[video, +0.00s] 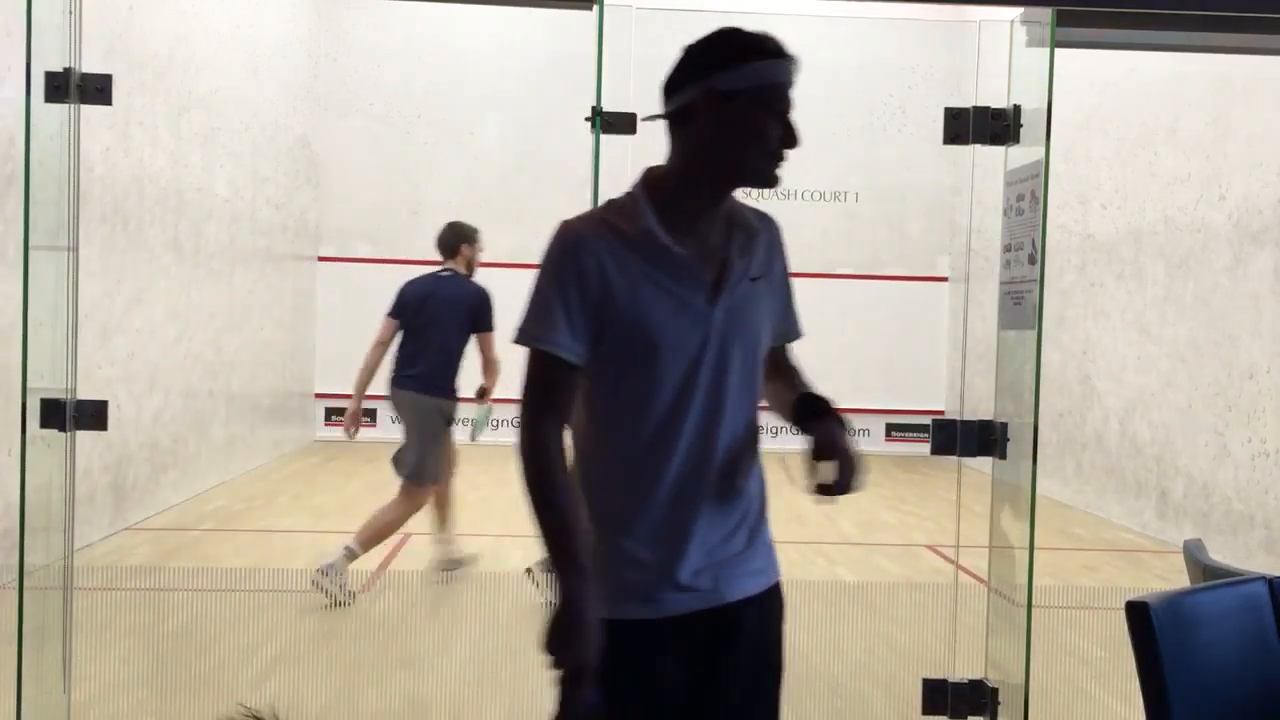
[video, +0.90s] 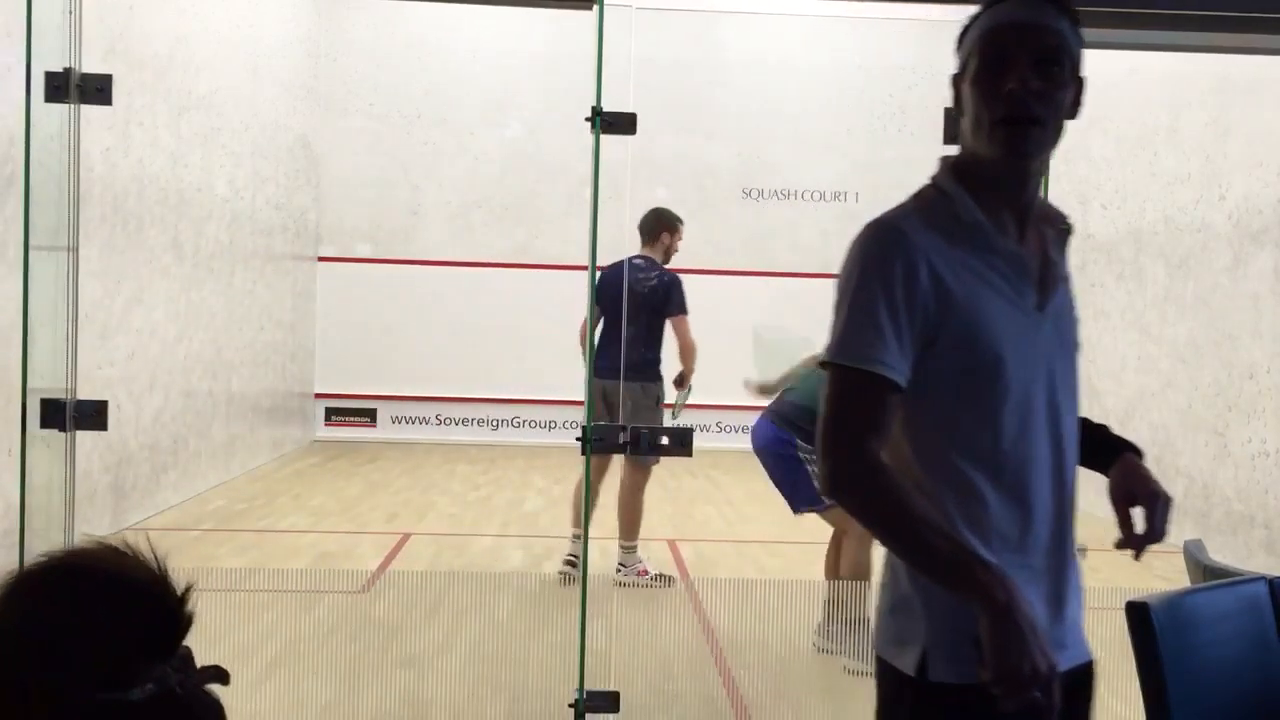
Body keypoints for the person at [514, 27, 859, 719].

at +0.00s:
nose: (793, 135)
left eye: (788, 113)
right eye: (774, 112)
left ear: (717, 118)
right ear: (703, 114)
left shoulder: (758, 239)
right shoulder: (589, 247)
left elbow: (771, 362)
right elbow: (540, 431)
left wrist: (816, 414)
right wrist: (574, 590)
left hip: (743, 589)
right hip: (627, 602)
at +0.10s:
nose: (827, 137)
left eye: (823, 115)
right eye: (811, 114)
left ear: (749, 118)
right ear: (744, 115)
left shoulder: (786, 238)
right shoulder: (628, 246)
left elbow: (827, 355)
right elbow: (585, 427)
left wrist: (898, 414)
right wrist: (643, 579)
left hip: (771, 582)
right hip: (668, 596)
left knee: (778, 712)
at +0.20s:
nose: (860, 142)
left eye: (856, 120)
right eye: (845, 118)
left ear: (783, 119)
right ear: (779, 116)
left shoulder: (808, 237)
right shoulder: (662, 246)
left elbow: (877, 336)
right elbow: (626, 438)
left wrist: (949, 382)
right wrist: (711, 585)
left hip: (796, 578)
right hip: (703, 594)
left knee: (808, 711)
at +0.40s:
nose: (909, 135)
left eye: (909, 117)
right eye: (890, 113)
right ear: (819, 114)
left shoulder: (857, 245)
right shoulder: (726, 249)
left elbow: (932, 345)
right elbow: (699, 450)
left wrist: (1015, 368)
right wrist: (816, 586)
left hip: (851, 597)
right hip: (763, 610)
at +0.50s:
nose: (905, 131)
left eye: (921, 111)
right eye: (883, 103)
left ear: (932, 126)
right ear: (829, 109)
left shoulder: (886, 249)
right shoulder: (761, 249)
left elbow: (947, 365)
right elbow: (728, 450)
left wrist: (1029, 386)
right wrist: (855, 587)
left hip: (881, 607)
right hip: (798, 617)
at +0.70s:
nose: (947, 103)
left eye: (972, 86)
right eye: (925, 82)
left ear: (999, 119)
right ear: (887, 103)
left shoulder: (965, 247)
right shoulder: (831, 250)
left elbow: (957, 390)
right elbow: (783, 455)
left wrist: (1064, 435)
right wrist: (925, 593)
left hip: (967, 627)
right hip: (876, 638)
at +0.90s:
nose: (1021, 85)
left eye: (1047, 68)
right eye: (995, 66)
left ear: (1076, 101)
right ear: (955, 94)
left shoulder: (1046, 243)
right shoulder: (900, 247)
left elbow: (1022, 408)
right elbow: (847, 461)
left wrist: (1116, 456)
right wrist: (996, 595)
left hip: (1056, 639)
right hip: (945, 650)